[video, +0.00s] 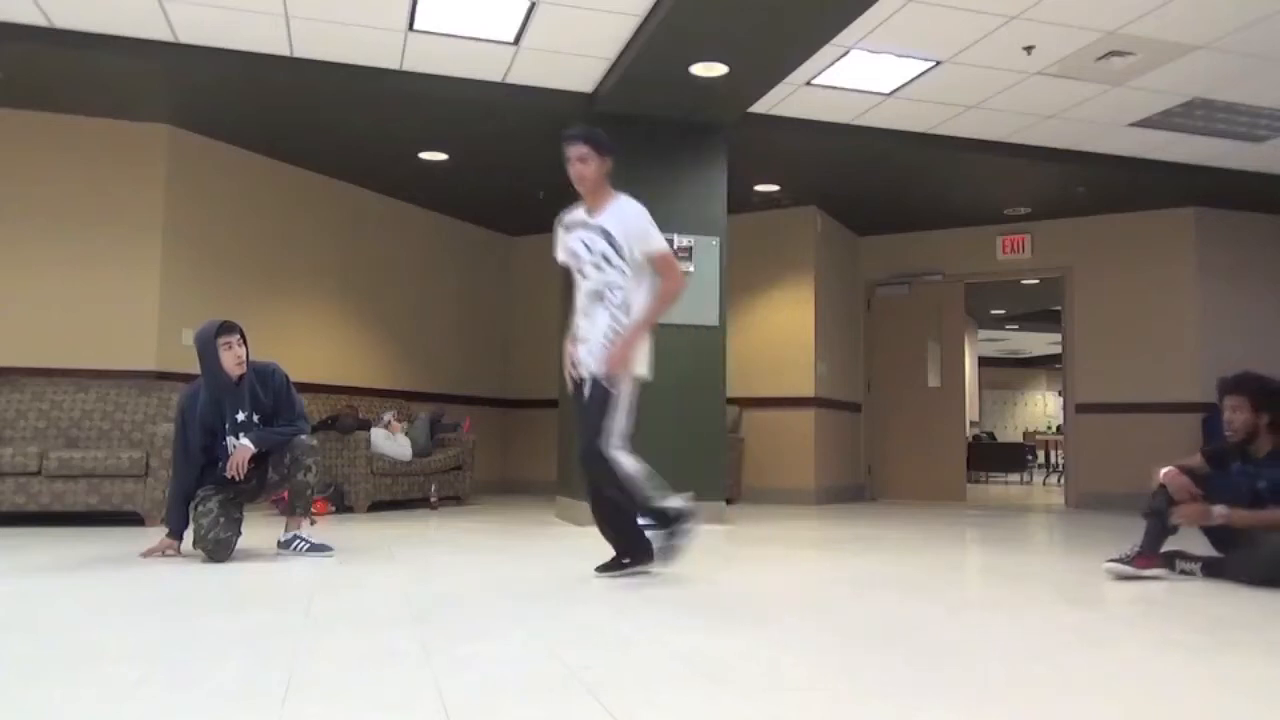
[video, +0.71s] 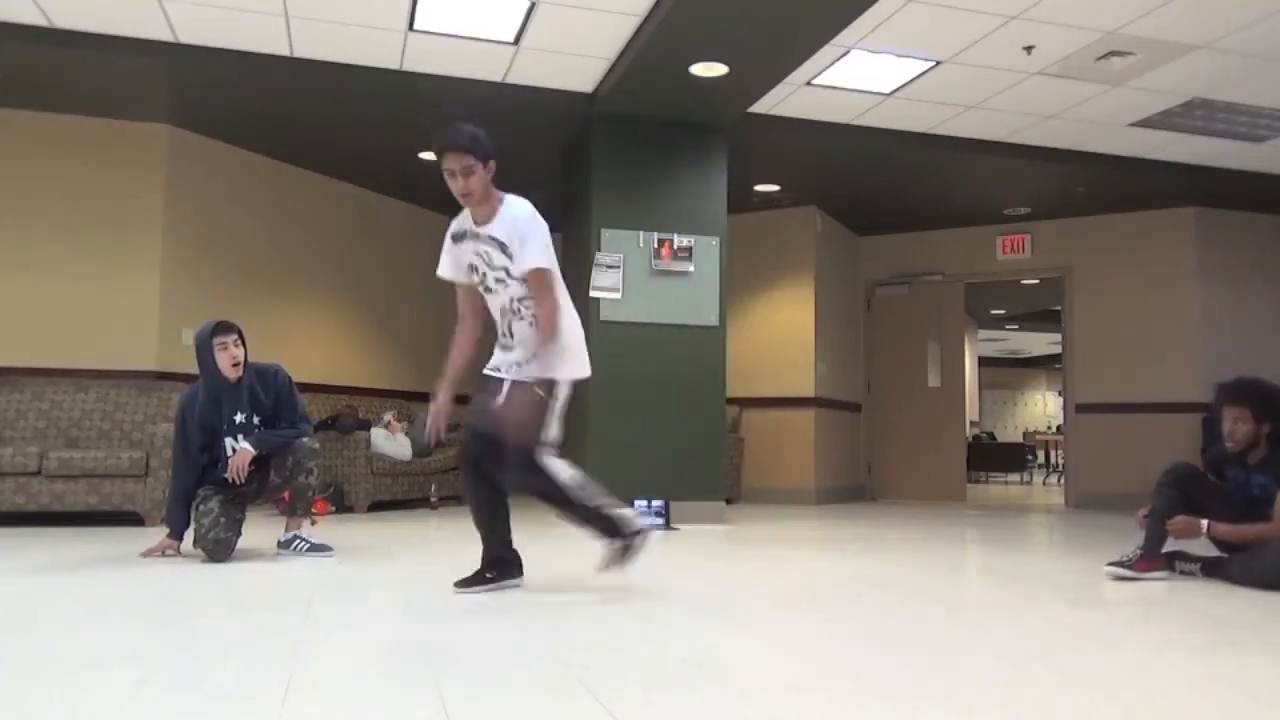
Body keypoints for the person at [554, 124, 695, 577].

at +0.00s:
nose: (577, 169)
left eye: (584, 160)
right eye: (570, 162)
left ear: (606, 163)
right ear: (566, 170)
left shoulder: (630, 214)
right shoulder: (568, 223)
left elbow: (674, 278)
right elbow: (583, 291)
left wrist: (630, 338)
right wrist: (571, 340)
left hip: (621, 350)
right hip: (584, 352)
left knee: (605, 447)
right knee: (592, 452)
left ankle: (669, 513)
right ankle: (630, 547)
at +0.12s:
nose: (543, 138)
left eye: (550, 129)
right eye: (537, 132)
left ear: (573, 132)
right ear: (534, 139)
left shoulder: (597, 183)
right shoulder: (539, 191)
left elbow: (632, 254)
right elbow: (549, 261)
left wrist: (575, 306)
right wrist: (539, 321)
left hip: (582, 328)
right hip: (550, 327)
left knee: (538, 424)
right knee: (580, 426)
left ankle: (525, 542)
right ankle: (615, 520)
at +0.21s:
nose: (516, 139)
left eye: (524, 129)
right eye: (510, 132)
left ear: (548, 131)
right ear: (508, 139)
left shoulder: (568, 185)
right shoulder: (517, 194)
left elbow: (594, 258)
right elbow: (527, 265)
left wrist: (535, 312)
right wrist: (510, 325)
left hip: (544, 336)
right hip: (518, 334)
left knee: (497, 434)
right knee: (540, 435)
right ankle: (584, 516)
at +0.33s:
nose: (492, 160)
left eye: (500, 150)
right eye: (487, 152)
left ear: (525, 151)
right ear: (485, 159)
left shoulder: (536, 207)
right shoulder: (502, 212)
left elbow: (548, 288)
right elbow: (506, 294)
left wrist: (484, 347)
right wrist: (477, 354)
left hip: (509, 358)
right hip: (492, 355)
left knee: (442, 450)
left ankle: (428, 562)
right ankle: (551, 512)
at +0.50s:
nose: (457, 155)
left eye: (465, 144)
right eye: (451, 147)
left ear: (491, 141)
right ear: (449, 150)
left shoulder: (516, 190)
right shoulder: (465, 202)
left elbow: (534, 271)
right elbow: (476, 275)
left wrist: (461, 291)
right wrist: (445, 294)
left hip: (524, 340)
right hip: (488, 340)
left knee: (475, 444)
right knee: (451, 430)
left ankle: (432, 559)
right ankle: (508, 517)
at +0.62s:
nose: (451, 166)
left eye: (457, 154)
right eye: (442, 158)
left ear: (483, 149)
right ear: (437, 161)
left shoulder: (517, 198)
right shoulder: (457, 211)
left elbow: (529, 287)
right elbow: (464, 290)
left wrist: (454, 307)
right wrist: (435, 307)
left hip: (548, 330)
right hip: (510, 331)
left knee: (502, 433)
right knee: (483, 434)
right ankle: (496, 558)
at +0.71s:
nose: (459, 185)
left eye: (467, 172)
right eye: (450, 176)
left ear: (490, 168)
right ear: (444, 177)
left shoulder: (520, 218)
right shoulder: (460, 232)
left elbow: (546, 299)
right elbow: (469, 320)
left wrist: (538, 366)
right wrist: (444, 392)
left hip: (553, 354)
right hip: (509, 356)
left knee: (524, 459)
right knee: (478, 450)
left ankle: (622, 530)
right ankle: (500, 560)